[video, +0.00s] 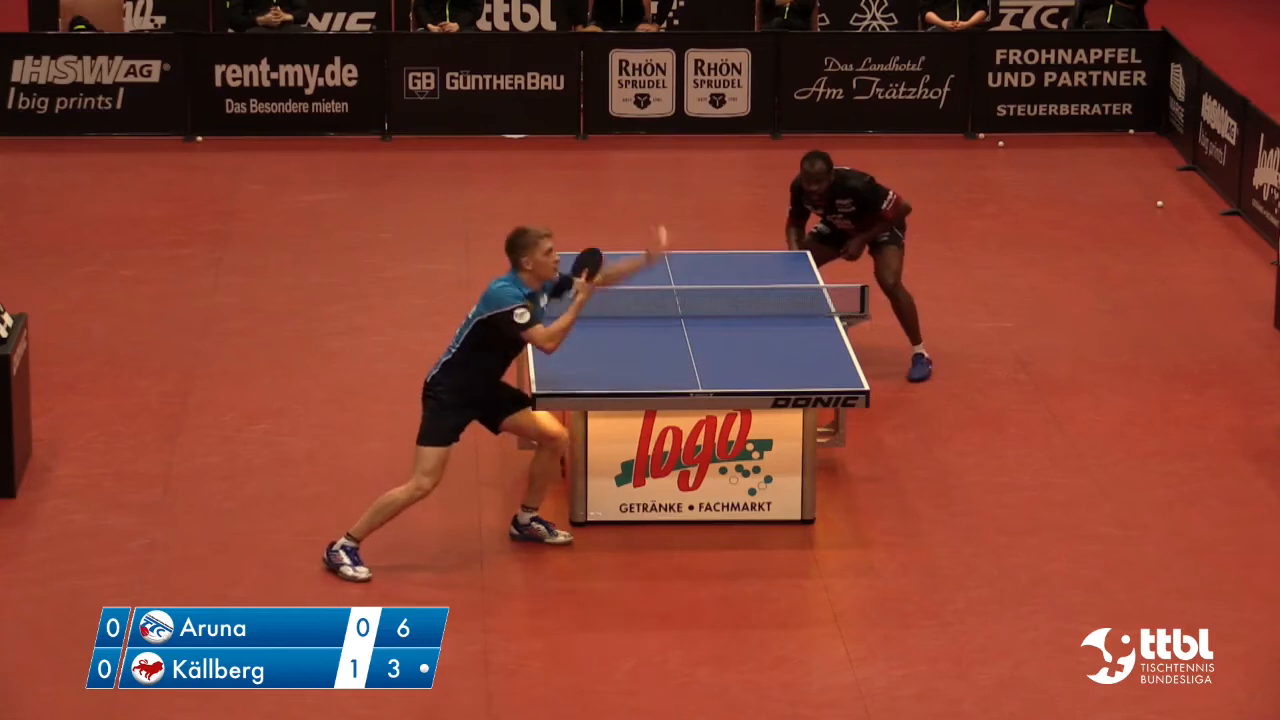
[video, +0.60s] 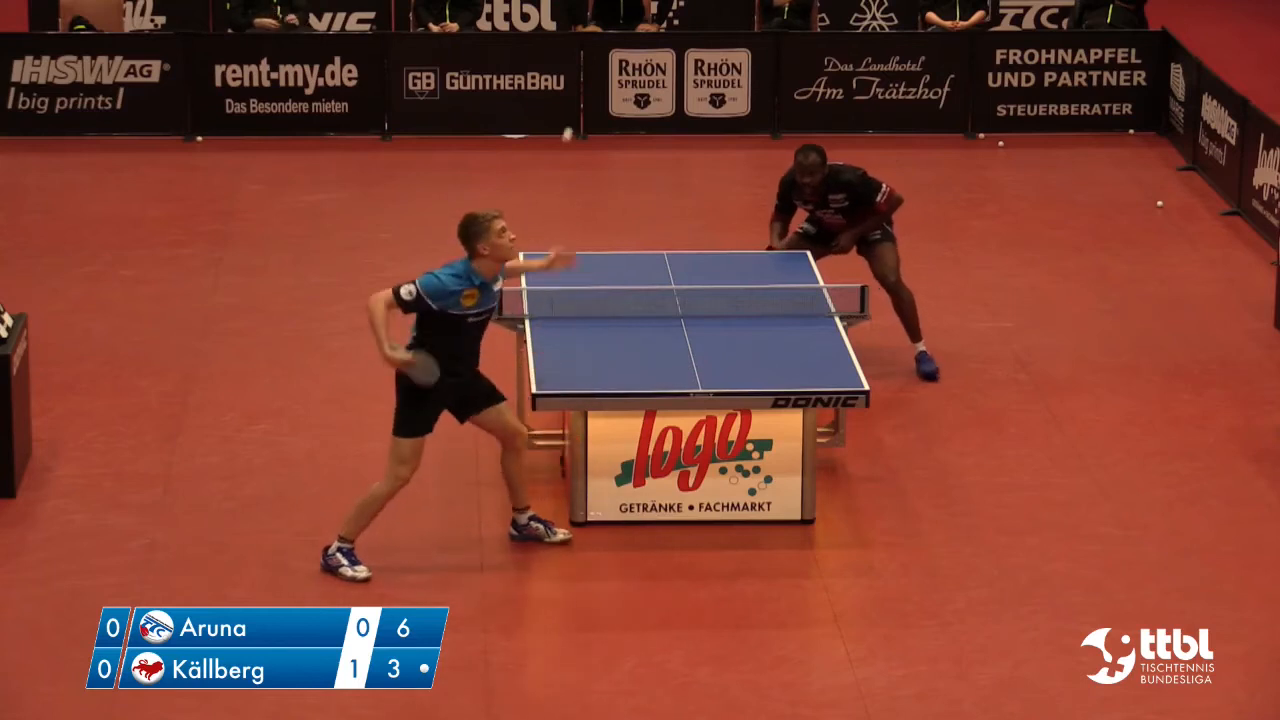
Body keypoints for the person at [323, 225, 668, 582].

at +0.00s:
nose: (556, 258)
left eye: (554, 252)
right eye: (548, 253)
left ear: (539, 259)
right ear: (525, 261)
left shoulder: (546, 284)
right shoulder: (505, 295)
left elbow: (600, 278)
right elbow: (547, 341)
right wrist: (581, 299)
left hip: (486, 389)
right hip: (448, 390)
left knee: (555, 437)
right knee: (422, 484)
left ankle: (526, 519)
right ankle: (345, 546)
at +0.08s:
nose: (550, 253)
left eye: (546, 246)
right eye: (542, 249)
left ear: (525, 255)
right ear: (519, 259)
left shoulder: (534, 272)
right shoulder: (499, 294)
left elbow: (585, 251)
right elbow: (541, 342)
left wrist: (629, 223)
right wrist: (579, 308)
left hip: (484, 387)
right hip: (447, 389)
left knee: (553, 437)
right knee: (421, 482)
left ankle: (527, 520)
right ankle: (344, 547)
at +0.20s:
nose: (534, 244)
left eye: (531, 238)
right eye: (526, 241)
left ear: (511, 252)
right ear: (504, 254)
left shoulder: (517, 271)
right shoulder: (486, 295)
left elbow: (562, 236)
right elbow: (510, 356)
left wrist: (605, 204)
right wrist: (566, 349)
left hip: (480, 384)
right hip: (442, 388)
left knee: (548, 437)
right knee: (419, 482)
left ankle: (526, 519)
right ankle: (344, 546)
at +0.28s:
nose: (525, 242)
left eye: (522, 236)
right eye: (517, 239)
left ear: (504, 250)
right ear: (496, 252)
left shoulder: (510, 271)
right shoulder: (476, 298)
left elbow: (545, 237)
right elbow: (481, 367)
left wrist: (585, 206)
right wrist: (527, 387)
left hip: (477, 385)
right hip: (440, 389)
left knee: (543, 436)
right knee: (417, 481)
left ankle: (526, 519)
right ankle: (344, 547)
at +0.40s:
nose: (516, 237)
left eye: (512, 232)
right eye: (507, 235)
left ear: (495, 248)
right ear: (486, 250)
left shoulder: (500, 269)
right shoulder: (458, 297)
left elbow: (525, 242)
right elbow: (425, 357)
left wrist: (559, 219)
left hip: (473, 377)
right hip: (435, 385)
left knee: (534, 434)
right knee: (413, 479)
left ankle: (525, 519)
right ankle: (342, 547)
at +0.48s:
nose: (510, 238)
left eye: (507, 232)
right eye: (502, 235)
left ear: (493, 247)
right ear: (482, 249)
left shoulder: (495, 269)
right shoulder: (448, 293)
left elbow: (516, 248)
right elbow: (397, 335)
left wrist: (549, 230)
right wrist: (404, 387)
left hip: (469, 380)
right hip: (431, 385)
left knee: (528, 434)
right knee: (408, 478)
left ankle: (525, 520)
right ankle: (342, 548)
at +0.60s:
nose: (513, 238)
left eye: (508, 231)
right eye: (503, 235)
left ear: (491, 247)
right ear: (482, 248)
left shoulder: (492, 272)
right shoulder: (444, 281)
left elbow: (508, 266)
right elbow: (379, 301)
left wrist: (545, 264)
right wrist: (386, 349)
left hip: (463, 377)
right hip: (422, 381)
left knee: (516, 435)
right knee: (400, 473)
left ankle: (523, 520)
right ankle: (339, 549)